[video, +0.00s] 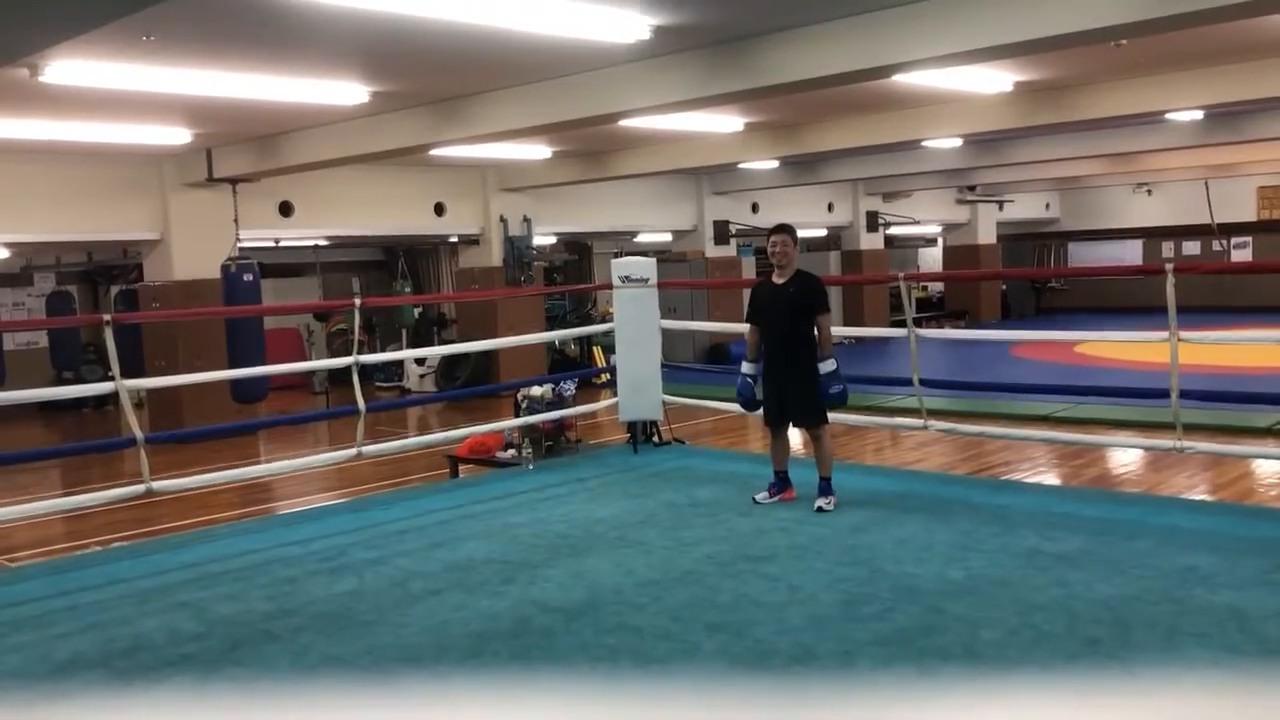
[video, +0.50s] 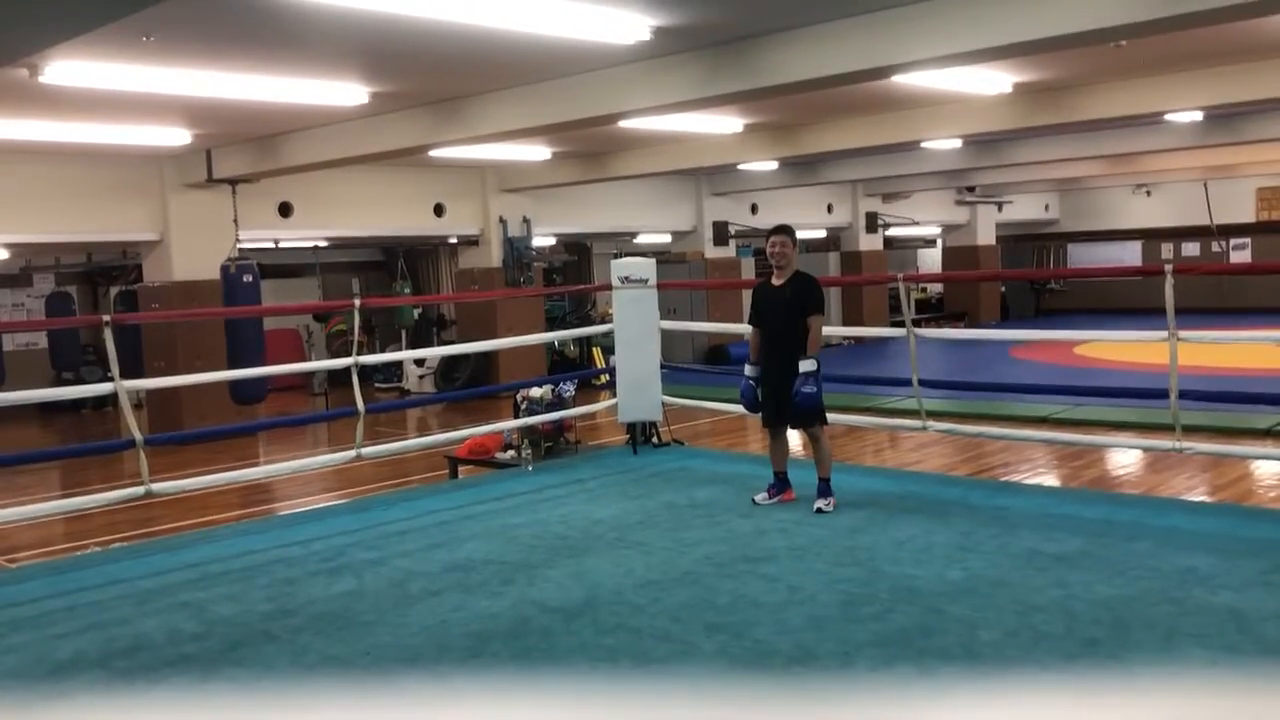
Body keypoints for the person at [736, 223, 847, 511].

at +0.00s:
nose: (778, 250)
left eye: (784, 244)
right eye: (773, 245)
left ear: (795, 248)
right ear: (767, 250)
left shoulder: (811, 284)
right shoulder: (760, 289)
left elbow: (824, 330)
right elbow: (753, 334)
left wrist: (829, 371)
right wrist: (748, 374)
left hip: (805, 371)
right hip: (773, 372)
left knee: (816, 430)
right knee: (776, 429)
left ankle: (825, 488)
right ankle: (781, 483)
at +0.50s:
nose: (777, 250)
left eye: (783, 245)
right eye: (772, 245)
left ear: (794, 249)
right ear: (766, 250)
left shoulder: (808, 284)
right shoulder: (761, 289)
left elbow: (815, 329)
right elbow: (756, 333)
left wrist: (809, 370)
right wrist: (751, 374)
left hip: (800, 369)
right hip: (770, 369)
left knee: (814, 431)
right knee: (774, 429)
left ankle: (824, 490)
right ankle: (780, 484)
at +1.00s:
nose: (773, 253)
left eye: (779, 247)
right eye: (769, 248)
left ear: (792, 250)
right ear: (764, 252)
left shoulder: (806, 286)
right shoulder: (759, 290)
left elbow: (814, 331)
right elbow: (753, 334)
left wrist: (814, 373)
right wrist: (749, 375)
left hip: (799, 372)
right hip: (768, 372)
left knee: (812, 432)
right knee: (773, 430)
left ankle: (822, 490)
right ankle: (779, 485)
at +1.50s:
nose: (774, 252)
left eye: (781, 247)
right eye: (770, 248)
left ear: (794, 250)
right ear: (766, 252)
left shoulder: (808, 286)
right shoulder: (761, 289)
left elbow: (816, 331)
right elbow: (754, 333)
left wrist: (815, 372)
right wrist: (748, 375)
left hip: (801, 372)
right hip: (770, 372)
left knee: (813, 432)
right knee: (774, 430)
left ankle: (823, 490)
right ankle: (779, 485)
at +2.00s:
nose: (777, 250)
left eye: (783, 245)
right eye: (773, 245)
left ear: (797, 248)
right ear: (769, 250)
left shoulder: (810, 285)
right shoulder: (763, 286)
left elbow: (818, 329)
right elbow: (756, 330)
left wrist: (816, 371)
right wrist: (750, 372)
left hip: (802, 370)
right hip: (771, 370)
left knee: (815, 429)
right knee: (775, 428)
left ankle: (825, 489)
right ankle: (781, 483)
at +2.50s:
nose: (776, 250)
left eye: (783, 245)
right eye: (773, 245)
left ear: (798, 248)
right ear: (770, 250)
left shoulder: (813, 285)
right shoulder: (766, 286)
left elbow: (821, 329)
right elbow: (758, 330)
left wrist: (819, 372)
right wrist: (752, 372)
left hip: (804, 370)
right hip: (773, 370)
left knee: (817, 430)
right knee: (777, 428)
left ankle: (826, 488)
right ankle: (783, 483)